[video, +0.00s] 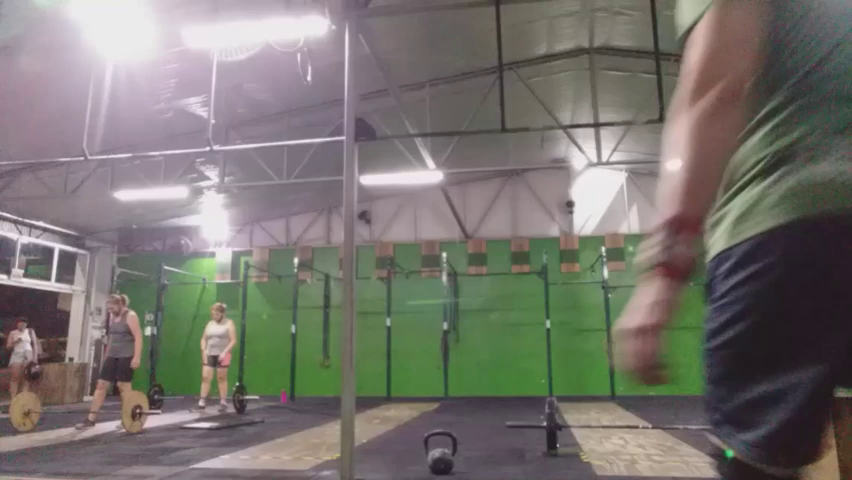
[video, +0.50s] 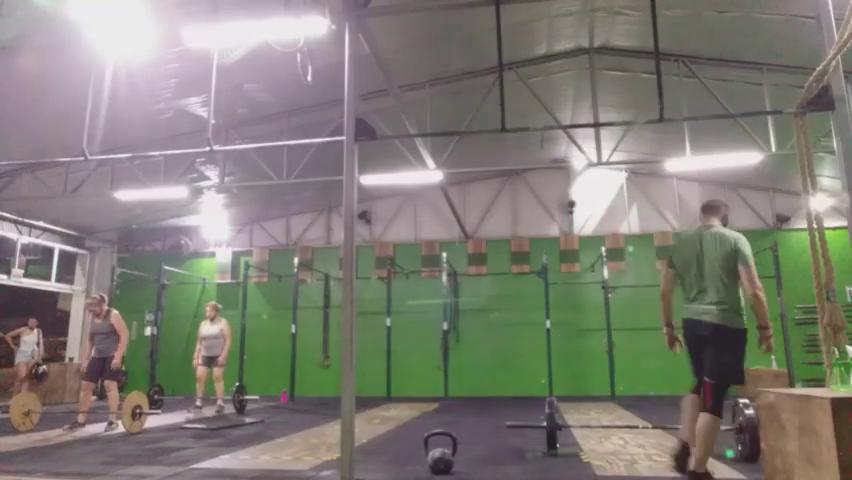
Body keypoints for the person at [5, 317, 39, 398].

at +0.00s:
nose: (22, 325)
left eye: (24, 323)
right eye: (20, 323)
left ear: (26, 324)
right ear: (17, 324)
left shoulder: (30, 332)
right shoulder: (13, 333)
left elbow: (35, 345)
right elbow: (8, 347)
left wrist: (35, 359)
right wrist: (16, 342)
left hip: (28, 357)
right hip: (16, 357)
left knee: (27, 378)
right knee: (14, 378)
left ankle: (25, 398)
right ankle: (13, 400)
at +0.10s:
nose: (20, 325)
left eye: (22, 323)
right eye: (19, 323)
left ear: (25, 324)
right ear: (16, 324)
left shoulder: (29, 331)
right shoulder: (11, 333)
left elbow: (34, 345)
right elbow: (7, 347)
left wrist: (34, 358)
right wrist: (14, 342)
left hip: (27, 357)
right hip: (16, 357)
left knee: (26, 378)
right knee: (14, 378)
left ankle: (24, 398)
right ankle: (13, 400)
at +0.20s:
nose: (22, 324)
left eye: (24, 322)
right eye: (21, 322)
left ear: (27, 323)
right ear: (18, 323)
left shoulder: (31, 332)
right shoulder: (13, 333)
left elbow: (36, 345)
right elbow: (7, 347)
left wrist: (35, 357)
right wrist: (12, 344)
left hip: (28, 356)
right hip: (16, 356)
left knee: (24, 378)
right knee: (14, 378)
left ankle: (22, 398)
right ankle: (13, 400)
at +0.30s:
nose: (29, 324)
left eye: (32, 322)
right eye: (28, 321)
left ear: (34, 323)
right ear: (25, 322)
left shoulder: (36, 331)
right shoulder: (20, 331)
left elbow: (39, 343)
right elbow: (6, 339)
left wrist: (39, 354)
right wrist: (9, 351)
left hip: (31, 356)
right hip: (20, 355)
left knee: (27, 377)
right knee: (19, 377)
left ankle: (24, 397)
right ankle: (14, 397)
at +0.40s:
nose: (33, 324)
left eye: (35, 322)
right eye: (32, 322)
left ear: (37, 323)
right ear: (28, 322)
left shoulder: (38, 331)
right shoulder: (23, 330)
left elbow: (41, 344)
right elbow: (8, 337)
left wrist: (40, 355)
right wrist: (14, 348)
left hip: (32, 355)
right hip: (22, 354)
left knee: (28, 376)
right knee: (22, 376)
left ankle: (23, 396)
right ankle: (15, 395)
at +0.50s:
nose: (33, 324)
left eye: (35, 322)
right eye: (31, 321)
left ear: (37, 323)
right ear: (28, 322)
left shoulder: (38, 331)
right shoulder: (23, 330)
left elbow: (41, 344)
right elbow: (7, 336)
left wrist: (40, 355)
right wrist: (14, 347)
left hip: (32, 355)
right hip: (22, 354)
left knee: (27, 376)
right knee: (22, 376)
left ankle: (23, 395)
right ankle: (15, 395)